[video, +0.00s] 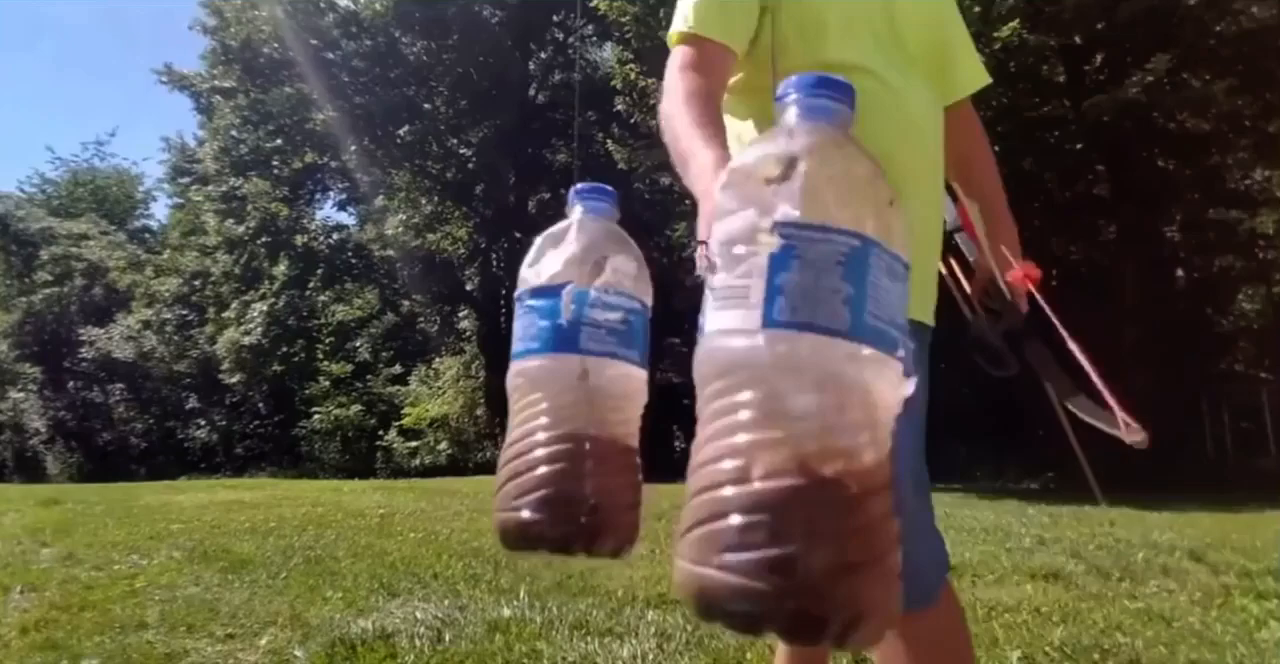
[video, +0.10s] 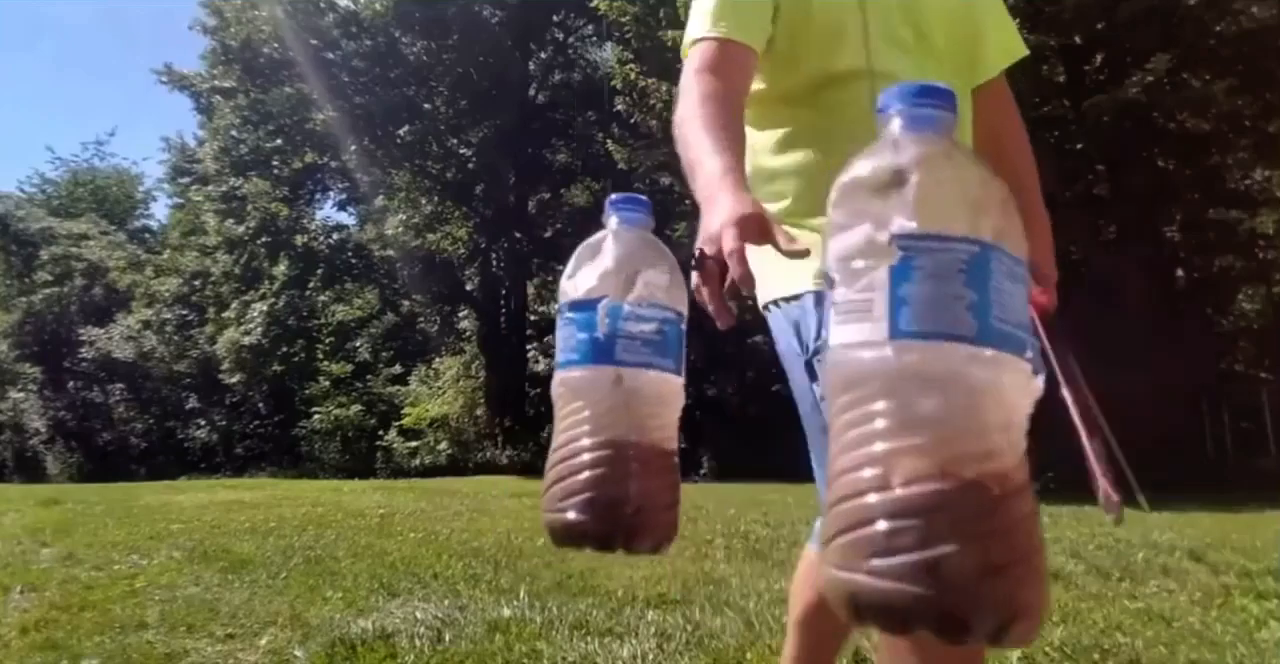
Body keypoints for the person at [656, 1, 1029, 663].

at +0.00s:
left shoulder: (934, 9)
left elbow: (954, 114)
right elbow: (689, 85)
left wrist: (1000, 238)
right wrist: (720, 198)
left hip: (908, 291)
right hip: (792, 289)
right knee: (905, 553)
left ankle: (802, 646)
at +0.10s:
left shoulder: (968, 5)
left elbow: (991, 104)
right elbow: (711, 78)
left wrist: (1034, 242)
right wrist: (722, 192)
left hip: (953, 254)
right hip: (817, 259)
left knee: (857, 512)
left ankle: (805, 655)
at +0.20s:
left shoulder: (998, 7)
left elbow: (1030, 85)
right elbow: (734, 67)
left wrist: (1063, 233)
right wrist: (730, 220)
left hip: (981, 246)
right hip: (841, 243)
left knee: (893, 507)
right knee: (924, 535)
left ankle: (820, 654)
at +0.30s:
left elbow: (1067, 72)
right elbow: (756, 76)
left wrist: (1106, 230)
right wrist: (736, 264)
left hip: (1004, 246)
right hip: (859, 240)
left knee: (984, 494)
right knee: (933, 504)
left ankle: (840, 653)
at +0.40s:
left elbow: (1090, 51)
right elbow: (767, 92)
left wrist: (1130, 232)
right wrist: (735, 296)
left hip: (1020, 239)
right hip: (871, 236)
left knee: (998, 506)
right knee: (942, 507)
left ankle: (857, 655)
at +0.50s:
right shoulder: (791, 8)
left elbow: (1125, 13)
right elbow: (779, 99)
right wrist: (730, 339)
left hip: (1055, 235)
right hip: (896, 232)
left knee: (1039, 526)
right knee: (966, 524)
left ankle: (945, 625)